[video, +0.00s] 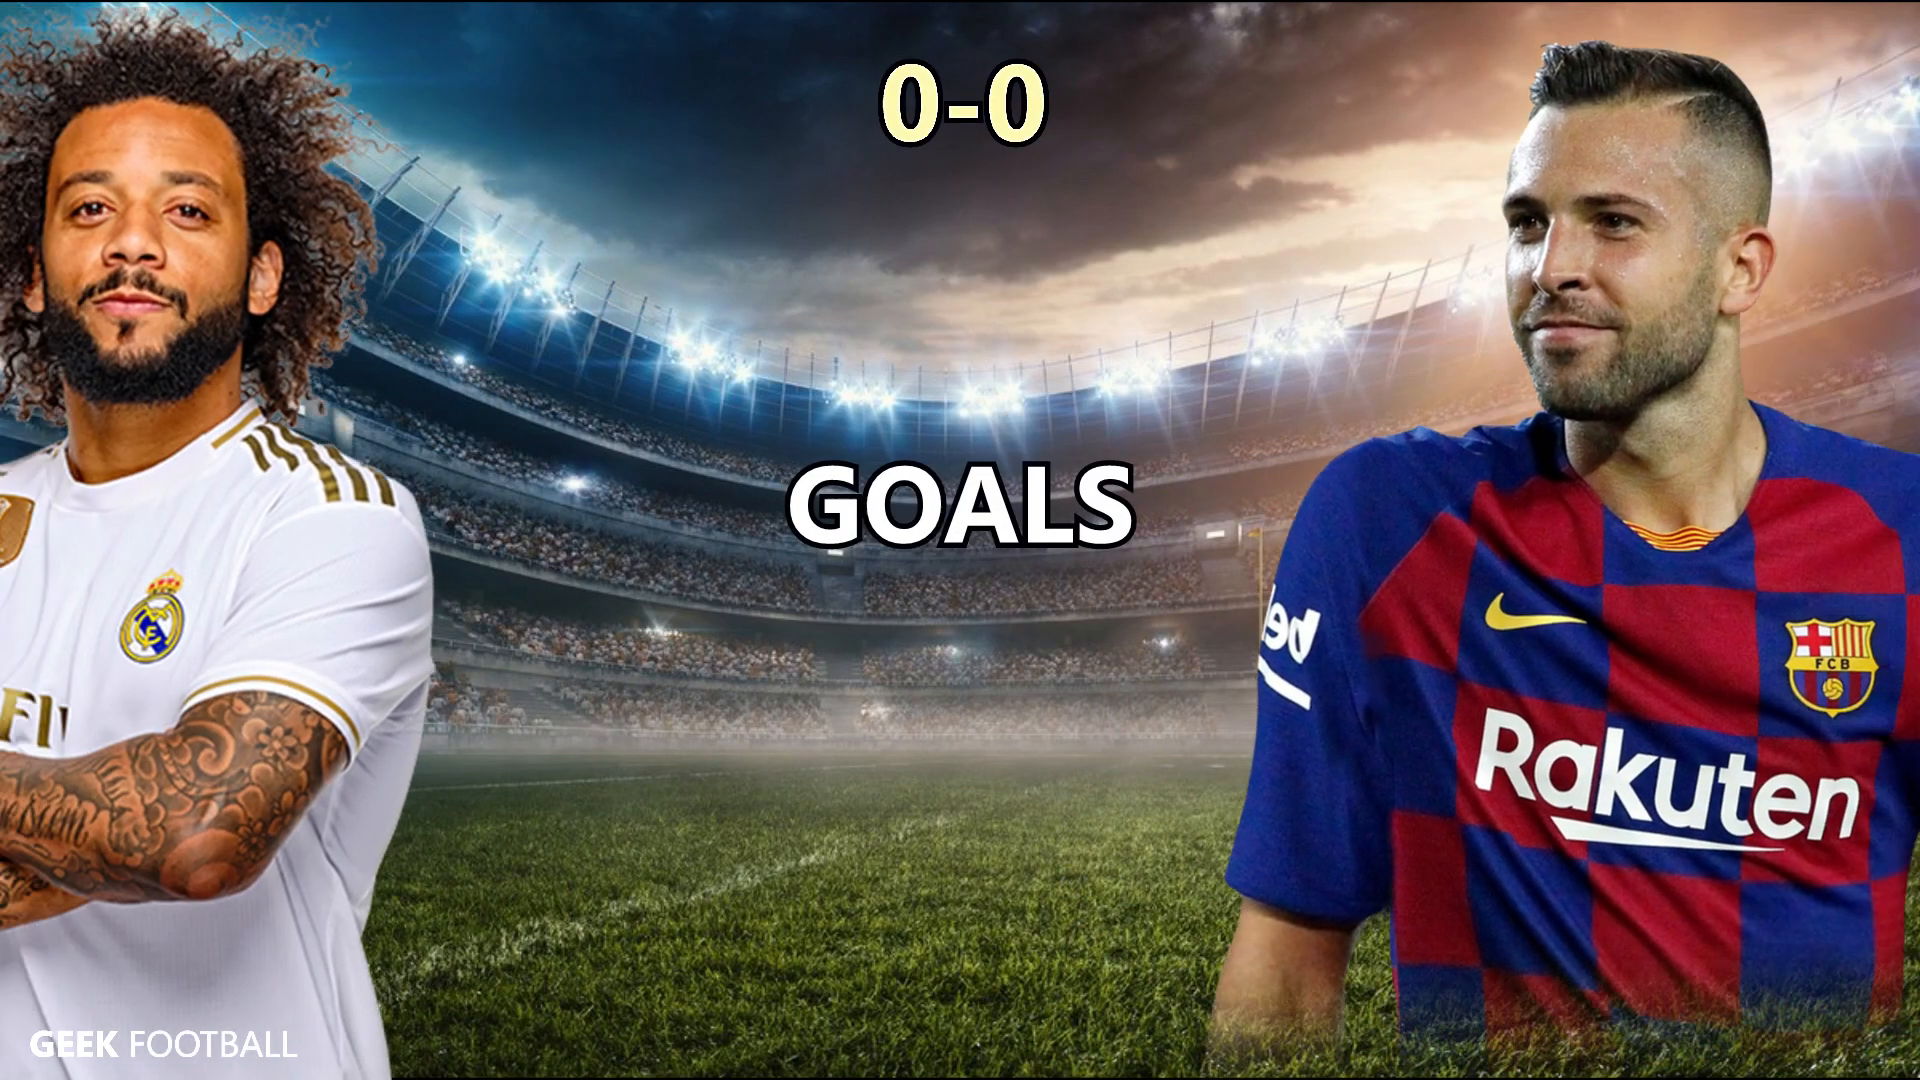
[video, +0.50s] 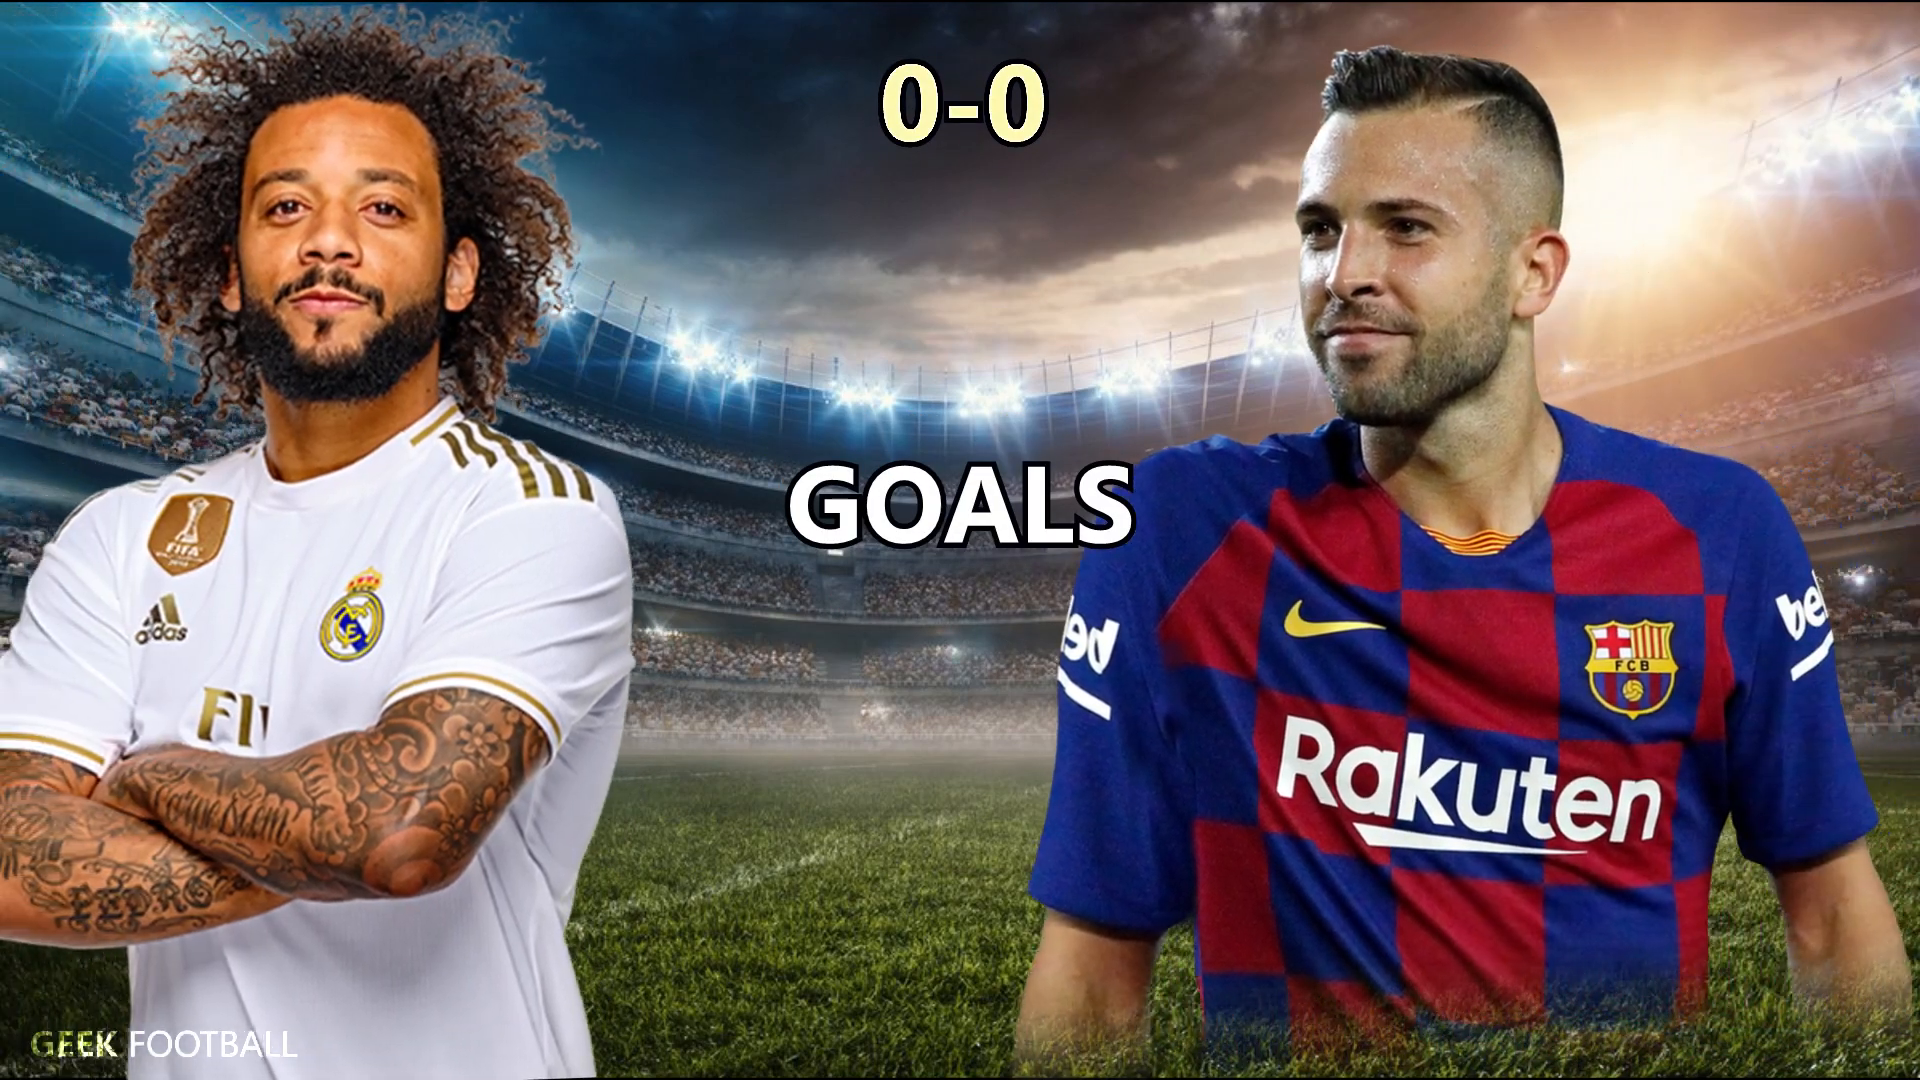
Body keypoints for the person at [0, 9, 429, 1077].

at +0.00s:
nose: (133, 244)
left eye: (187, 210)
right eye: (90, 210)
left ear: (259, 275)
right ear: (36, 275)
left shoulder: (337, 519)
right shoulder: (3, 513)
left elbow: (196, 829)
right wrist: (124, 824)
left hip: (260, 1059)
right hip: (24, 1057)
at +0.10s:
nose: (182, 246)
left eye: (238, 210)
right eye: (140, 209)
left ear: (311, 276)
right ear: (89, 273)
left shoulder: (393, 520)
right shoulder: (15, 519)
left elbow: (255, 829)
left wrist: (5, 769)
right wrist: (188, 823)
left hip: (311, 1061)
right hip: (38, 1061)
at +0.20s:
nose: (230, 244)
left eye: (285, 210)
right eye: (187, 208)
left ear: (357, 278)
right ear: (135, 272)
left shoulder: (442, 518)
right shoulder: (28, 530)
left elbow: (301, 831)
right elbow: (10, 892)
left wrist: (32, 773)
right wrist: (233, 826)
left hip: (360, 1062)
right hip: (82, 1062)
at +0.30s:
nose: (268, 243)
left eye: (324, 211)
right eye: (227, 208)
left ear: (395, 277)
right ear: (173, 275)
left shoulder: (478, 518)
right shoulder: (56, 537)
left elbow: (340, 832)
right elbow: (7, 885)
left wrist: (69, 775)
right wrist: (261, 831)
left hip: (406, 1064)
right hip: (127, 1063)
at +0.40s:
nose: (303, 242)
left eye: (357, 209)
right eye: (259, 209)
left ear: (427, 274)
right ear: (205, 274)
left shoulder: (511, 517)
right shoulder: (89, 538)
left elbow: (373, 831)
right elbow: (13, 881)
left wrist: (111, 773)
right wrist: (294, 830)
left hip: (441, 1063)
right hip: (159, 1062)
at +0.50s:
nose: (328, 242)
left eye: (381, 207)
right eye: (285, 208)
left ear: (455, 272)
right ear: (234, 271)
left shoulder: (537, 516)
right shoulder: (117, 535)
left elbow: (401, 829)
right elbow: (21, 875)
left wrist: (143, 771)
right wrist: (320, 829)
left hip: (468, 1063)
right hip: (185, 1063)